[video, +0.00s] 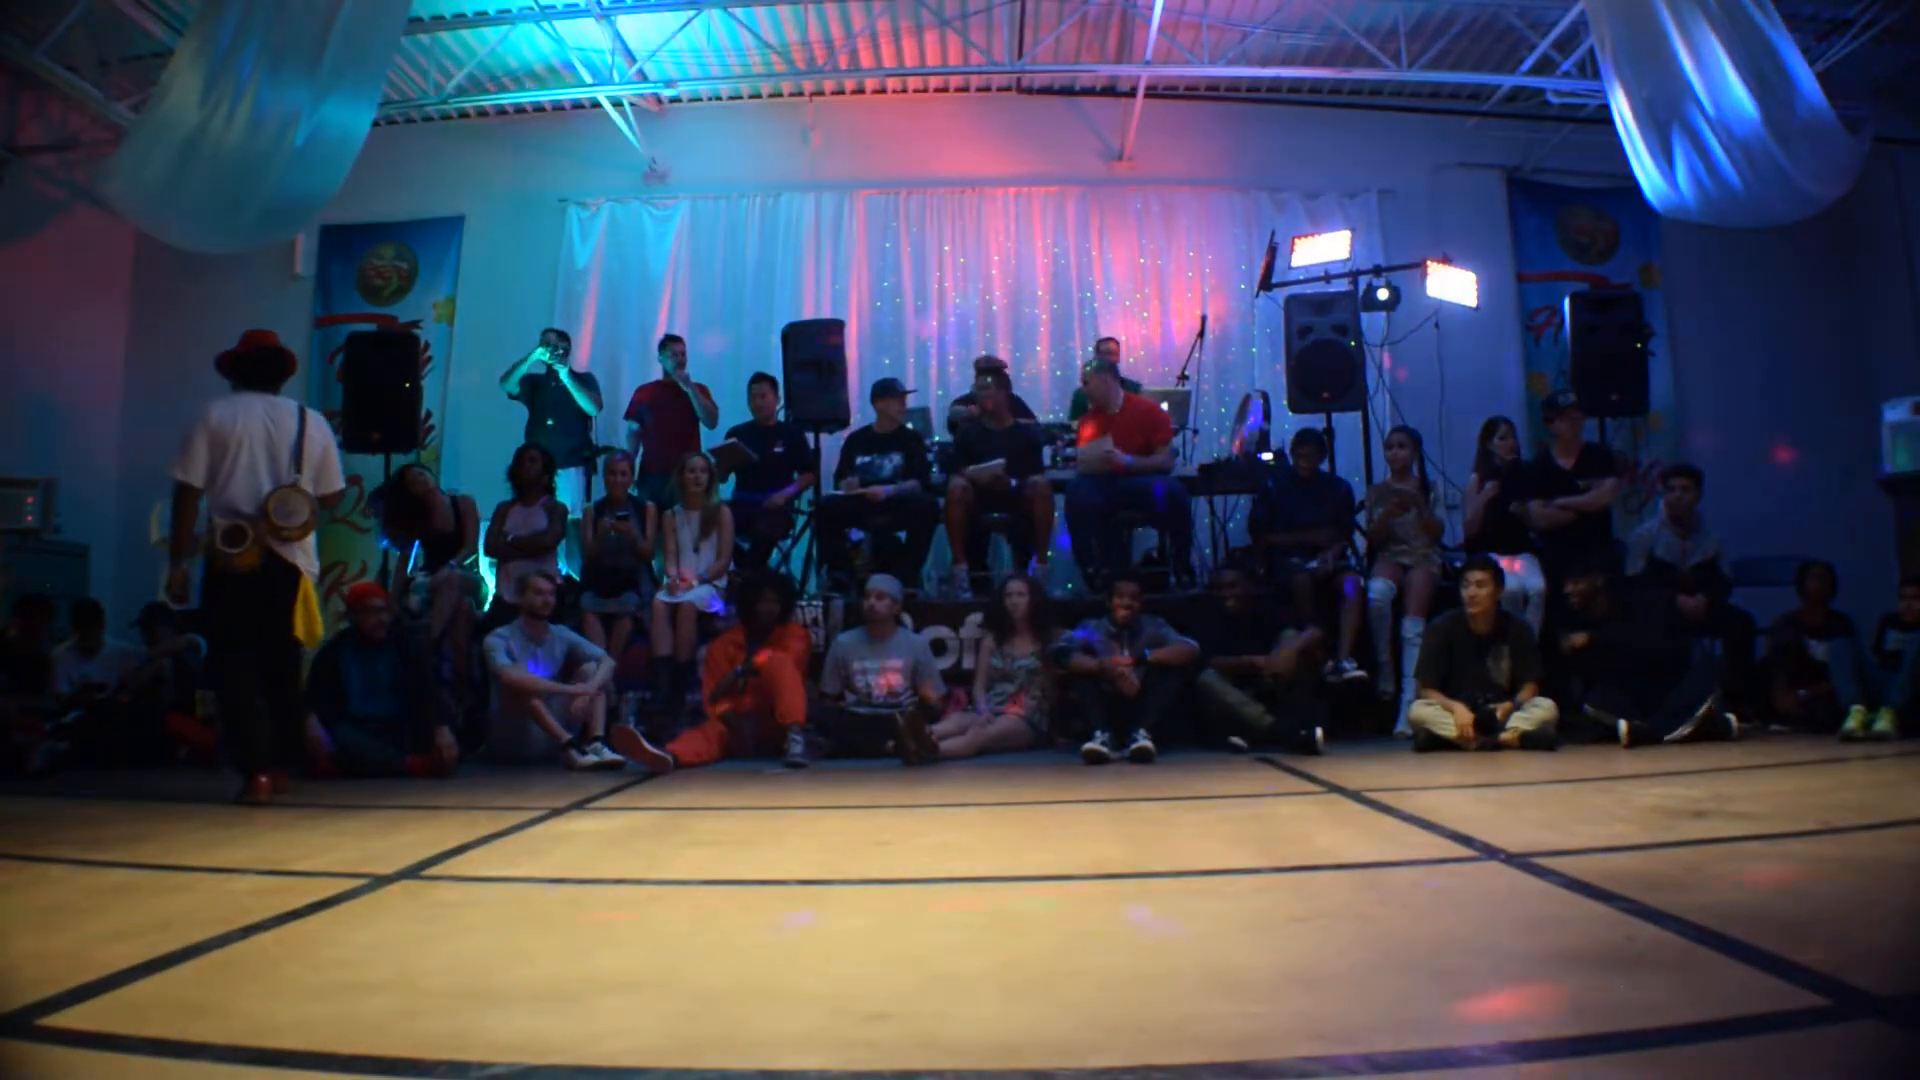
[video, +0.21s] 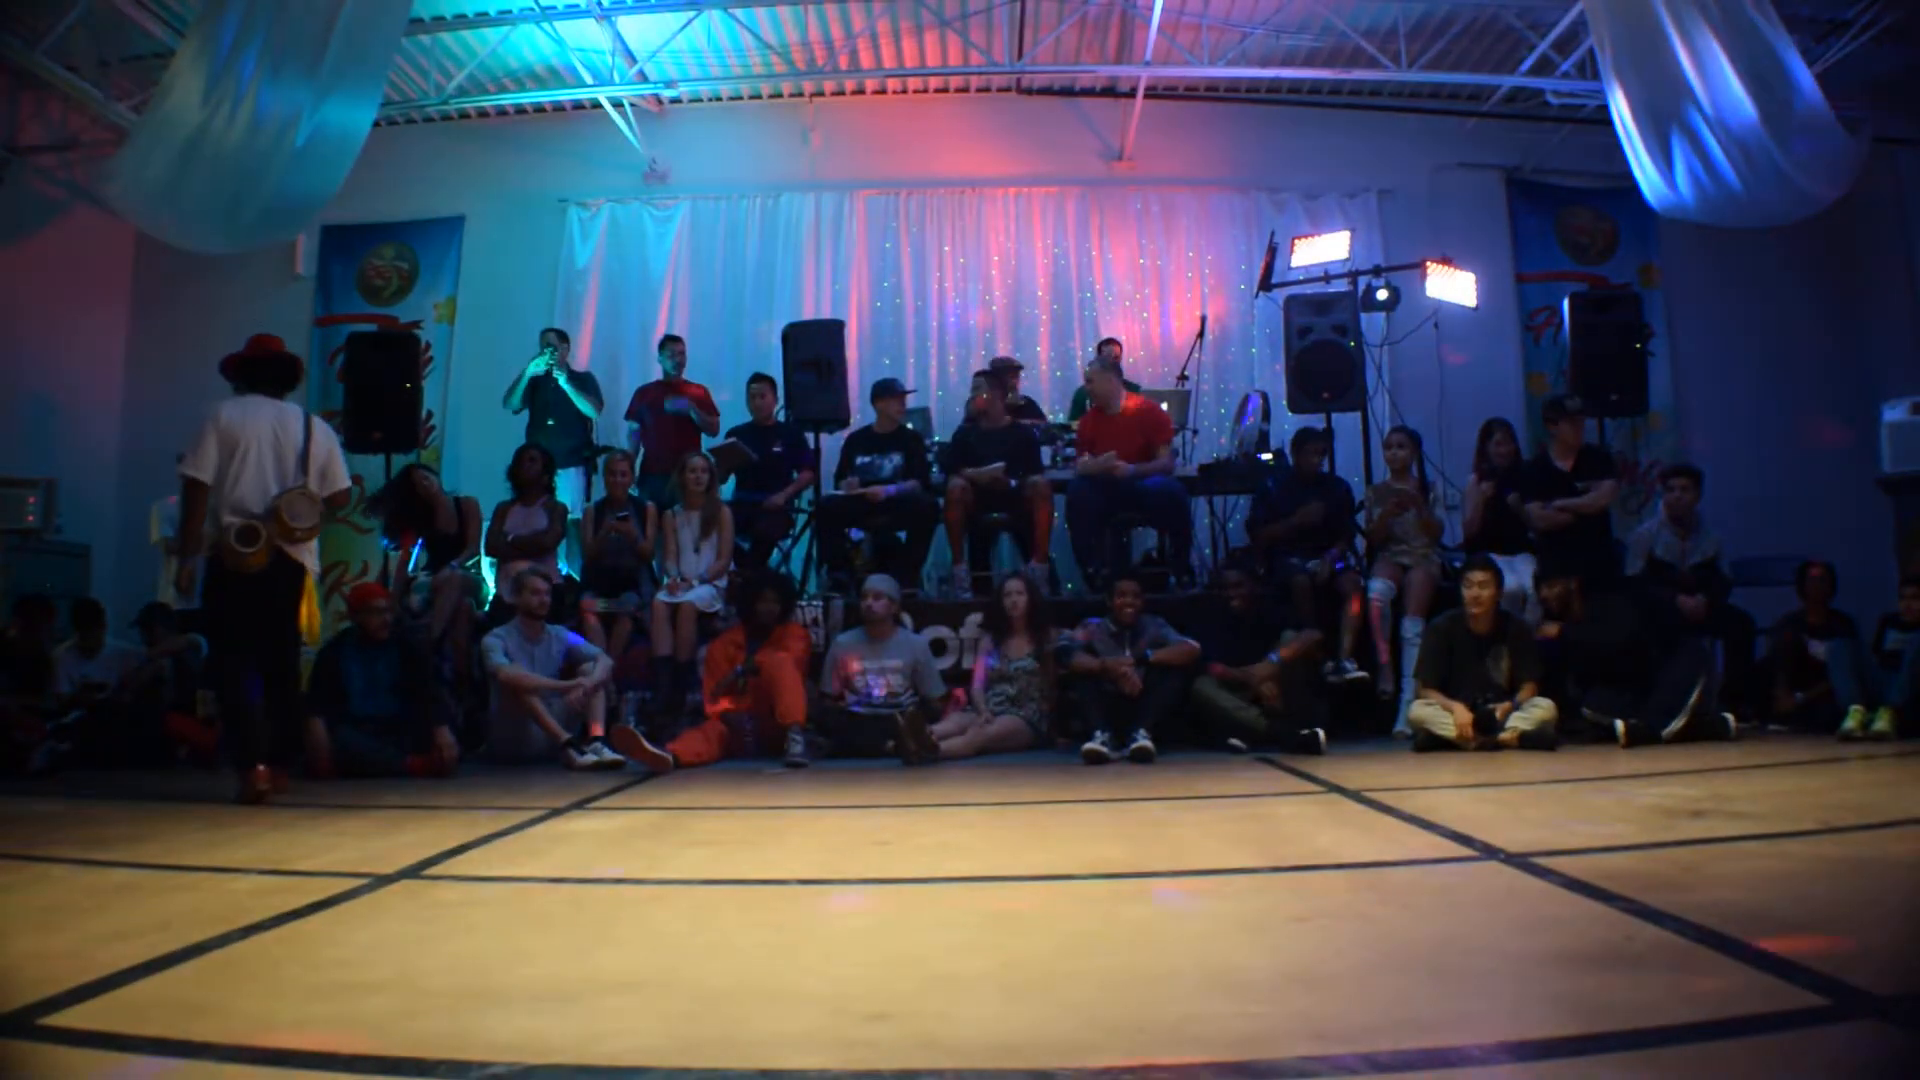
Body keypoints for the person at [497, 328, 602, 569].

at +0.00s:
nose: (555, 353)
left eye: (561, 348)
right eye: (550, 348)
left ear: (569, 351)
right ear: (542, 350)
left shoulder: (583, 380)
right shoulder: (534, 382)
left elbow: (593, 408)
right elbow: (507, 385)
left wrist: (565, 375)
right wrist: (533, 357)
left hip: (572, 461)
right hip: (538, 461)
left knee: (572, 523)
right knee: (535, 520)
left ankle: (573, 577)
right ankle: (537, 578)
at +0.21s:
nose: (552, 352)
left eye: (557, 347)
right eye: (547, 347)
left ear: (567, 349)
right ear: (540, 351)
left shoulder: (583, 379)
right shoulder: (533, 381)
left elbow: (594, 411)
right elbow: (511, 405)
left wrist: (565, 382)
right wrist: (528, 372)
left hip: (572, 460)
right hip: (539, 461)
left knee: (572, 523)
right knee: (537, 521)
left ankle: (573, 577)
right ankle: (538, 579)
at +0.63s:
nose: (545, 352)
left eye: (549, 346)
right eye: (539, 348)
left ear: (558, 347)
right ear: (534, 351)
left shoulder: (577, 379)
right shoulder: (527, 386)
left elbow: (598, 412)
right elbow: (513, 430)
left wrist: (581, 382)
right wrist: (524, 422)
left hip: (572, 461)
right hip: (539, 464)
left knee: (572, 523)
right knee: (539, 524)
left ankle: (574, 577)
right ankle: (542, 580)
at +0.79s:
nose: (544, 353)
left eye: (548, 347)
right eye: (538, 349)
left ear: (556, 348)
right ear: (533, 352)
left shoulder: (574, 381)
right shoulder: (525, 387)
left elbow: (599, 408)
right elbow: (512, 430)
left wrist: (583, 378)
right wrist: (526, 422)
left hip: (571, 461)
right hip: (539, 464)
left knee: (574, 522)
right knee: (539, 523)